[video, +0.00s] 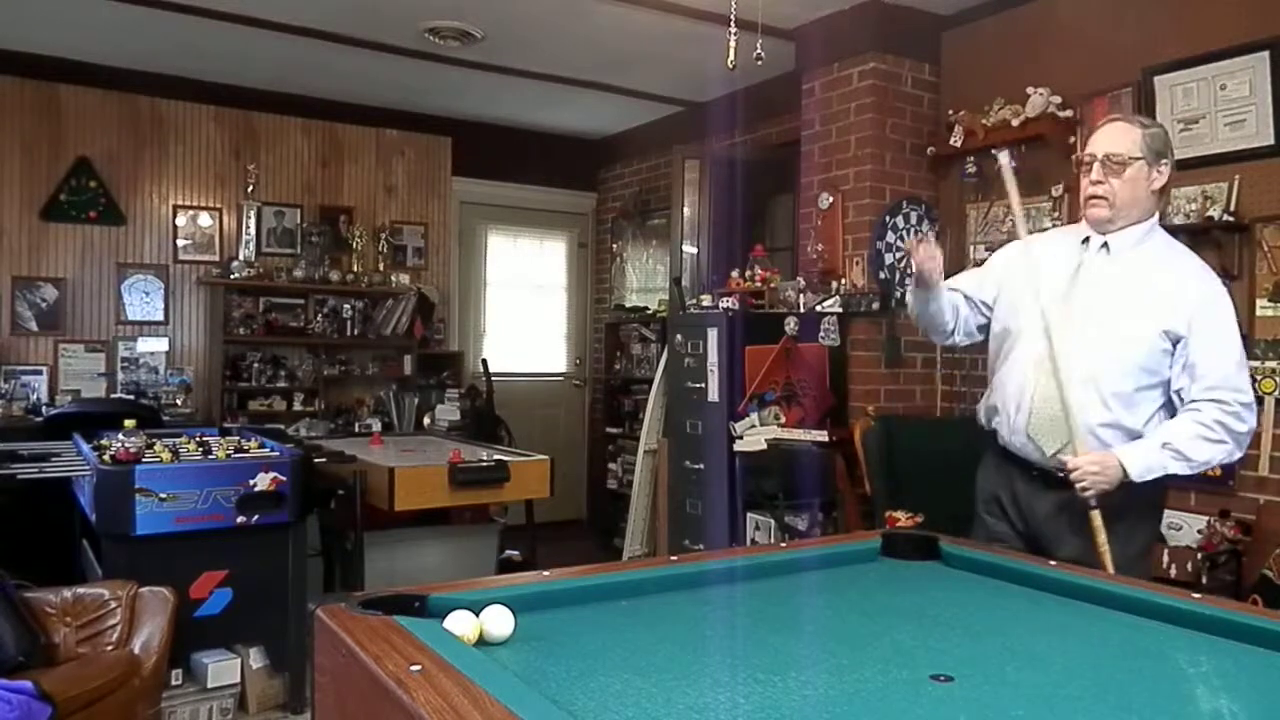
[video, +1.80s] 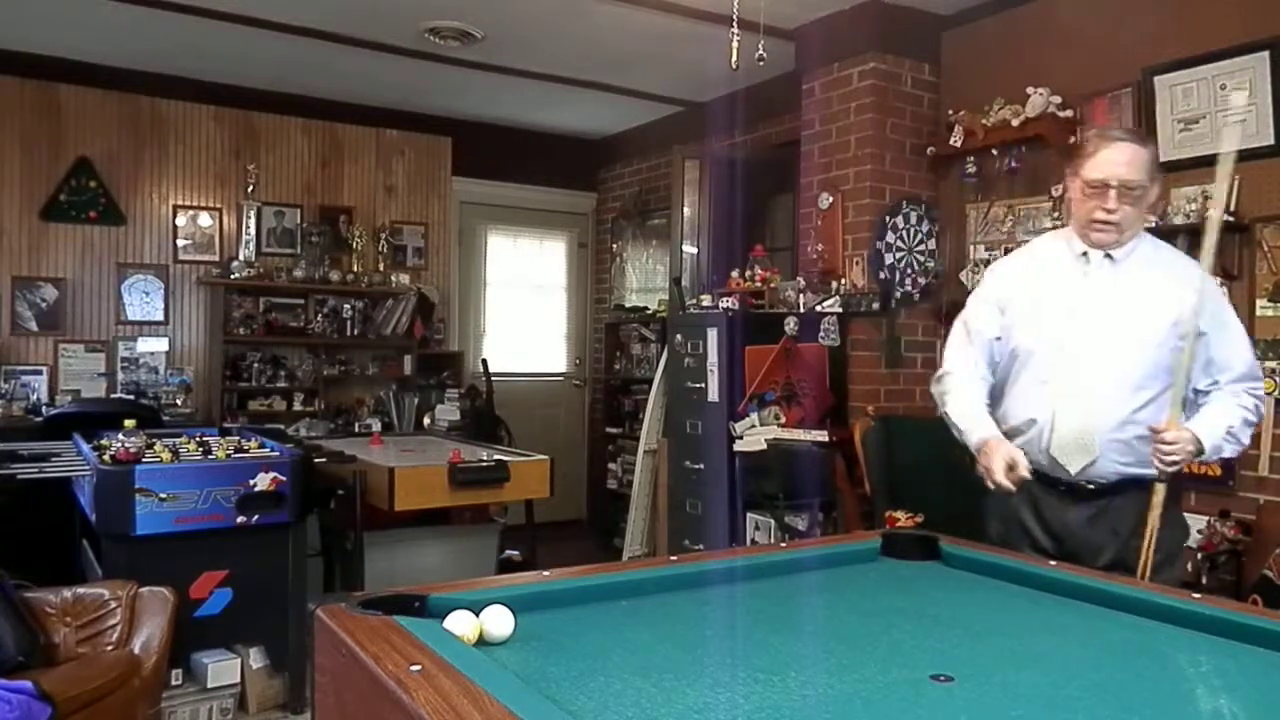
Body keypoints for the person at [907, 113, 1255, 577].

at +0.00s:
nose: (1093, 178)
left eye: (1114, 164)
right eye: (1088, 164)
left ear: (1157, 175)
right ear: (1077, 170)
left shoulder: (1191, 286)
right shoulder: (1027, 257)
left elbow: (1226, 415)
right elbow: (950, 321)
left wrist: (1125, 464)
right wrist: (928, 288)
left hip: (1111, 510)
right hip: (1006, 486)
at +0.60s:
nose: (1040, 183)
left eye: (1056, 169)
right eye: (1034, 173)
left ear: (1100, 172)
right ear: (1028, 184)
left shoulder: (1151, 268)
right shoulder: (1007, 265)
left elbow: (1180, 401)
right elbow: (934, 331)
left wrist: (1091, 471)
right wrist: (924, 266)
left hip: (1106, 500)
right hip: (1006, 487)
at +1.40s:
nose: (1029, 193)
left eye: (1046, 177)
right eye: (1016, 181)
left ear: (1077, 181)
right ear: (1003, 190)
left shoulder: (1126, 270)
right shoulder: (972, 271)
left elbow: (1169, 394)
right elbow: (911, 346)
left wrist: (1104, 469)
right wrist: (896, 288)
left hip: (1097, 499)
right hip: (994, 491)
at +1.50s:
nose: (1043, 193)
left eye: (1060, 179)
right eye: (1028, 180)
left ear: (1087, 184)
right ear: (1010, 189)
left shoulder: (1133, 273)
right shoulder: (971, 275)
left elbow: (1183, 387)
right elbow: (918, 359)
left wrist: (1124, 458)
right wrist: (906, 328)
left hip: (1099, 499)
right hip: (995, 494)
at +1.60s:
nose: (1059, 195)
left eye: (1076, 181)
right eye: (1044, 181)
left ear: (1100, 186)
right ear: (1022, 188)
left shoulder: (1144, 275)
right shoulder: (982, 274)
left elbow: (1201, 381)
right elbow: (921, 342)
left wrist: (1150, 442)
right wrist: (929, 367)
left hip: (1111, 502)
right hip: (1004, 497)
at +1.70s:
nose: (1081, 200)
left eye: (1098, 185)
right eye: (1065, 184)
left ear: (1121, 189)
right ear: (1041, 185)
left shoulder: (1160, 277)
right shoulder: (996, 273)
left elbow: (1220, 382)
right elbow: (938, 358)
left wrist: (1177, 434)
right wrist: (953, 410)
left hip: (1122, 507)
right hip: (1011, 500)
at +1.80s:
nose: (1110, 205)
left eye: (1128, 191)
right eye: (1096, 187)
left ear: (1154, 199)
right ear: (1067, 187)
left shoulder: (1189, 286)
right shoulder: (1015, 274)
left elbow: (1239, 390)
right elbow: (959, 370)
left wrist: (1199, 438)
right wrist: (986, 441)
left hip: (1133, 518)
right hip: (1023, 508)